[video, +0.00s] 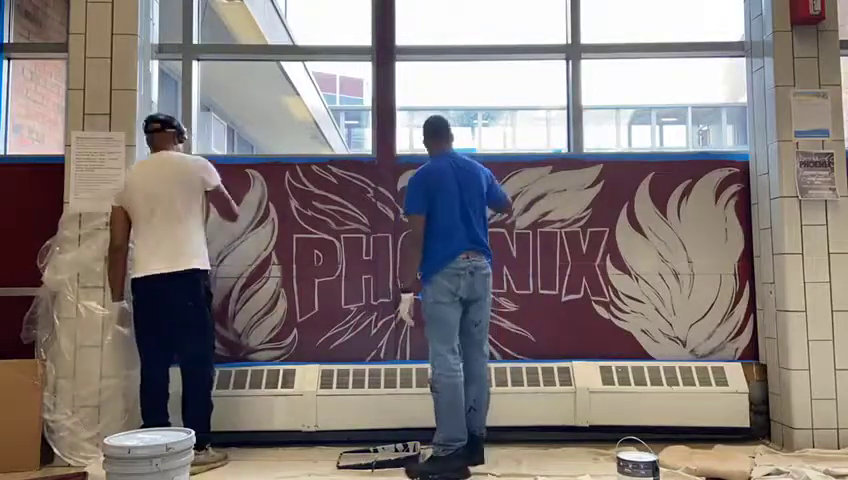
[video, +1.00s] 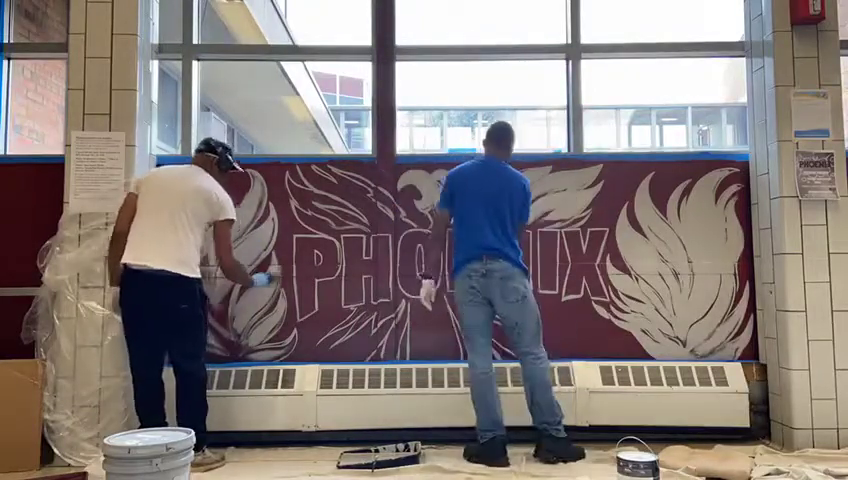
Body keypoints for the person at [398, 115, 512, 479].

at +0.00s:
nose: (430, 145)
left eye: (426, 140)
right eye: (439, 136)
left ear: (425, 141)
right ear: (451, 137)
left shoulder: (422, 177)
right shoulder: (477, 169)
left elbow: (417, 229)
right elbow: (505, 206)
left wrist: (410, 277)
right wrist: (478, 207)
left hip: (443, 270)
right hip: (480, 269)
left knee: (445, 358)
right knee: (476, 355)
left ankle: (449, 449)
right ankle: (474, 440)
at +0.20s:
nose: (421, 145)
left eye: (419, 140)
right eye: (429, 137)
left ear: (419, 140)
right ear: (445, 136)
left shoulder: (418, 176)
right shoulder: (469, 168)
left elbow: (415, 231)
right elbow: (489, 207)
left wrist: (406, 287)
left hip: (442, 270)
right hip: (477, 267)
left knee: (442, 359)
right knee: (474, 355)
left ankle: (449, 451)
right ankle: (473, 441)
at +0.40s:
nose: (484, 144)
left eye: (480, 137)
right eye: (491, 139)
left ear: (473, 139)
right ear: (500, 142)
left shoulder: (456, 170)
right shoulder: (514, 178)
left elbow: (440, 221)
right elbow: (519, 222)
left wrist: (425, 269)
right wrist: (489, 212)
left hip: (465, 268)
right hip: (505, 268)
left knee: (451, 347)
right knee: (501, 350)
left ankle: (449, 444)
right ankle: (499, 444)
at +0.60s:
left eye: (492, 144)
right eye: (510, 151)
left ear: (488, 145)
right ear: (514, 152)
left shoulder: (464, 165)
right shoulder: (518, 184)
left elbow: (442, 214)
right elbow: (519, 238)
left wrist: (438, 227)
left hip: (465, 265)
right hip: (503, 268)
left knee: (449, 346)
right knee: (499, 352)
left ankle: (447, 443)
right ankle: (498, 444)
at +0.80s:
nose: (501, 138)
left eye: (496, 132)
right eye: (508, 131)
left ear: (490, 133)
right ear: (518, 133)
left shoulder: (475, 169)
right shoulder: (540, 170)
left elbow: (461, 227)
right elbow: (550, 226)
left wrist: (454, 280)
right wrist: (547, 270)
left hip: (489, 267)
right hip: (532, 266)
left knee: (490, 362)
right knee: (531, 359)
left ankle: (497, 454)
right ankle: (539, 454)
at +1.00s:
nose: (497, 152)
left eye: (490, 144)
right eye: (505, 148)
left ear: (483, 144)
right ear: (512, 149)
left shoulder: (458, 175)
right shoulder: (520, 182)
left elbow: (440, 222)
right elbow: (519, 228)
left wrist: (457, 199)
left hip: (467, 272)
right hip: (507, 271)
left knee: (479, 355)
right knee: (532, 353)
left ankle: (492, 443)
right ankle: (552, 437)